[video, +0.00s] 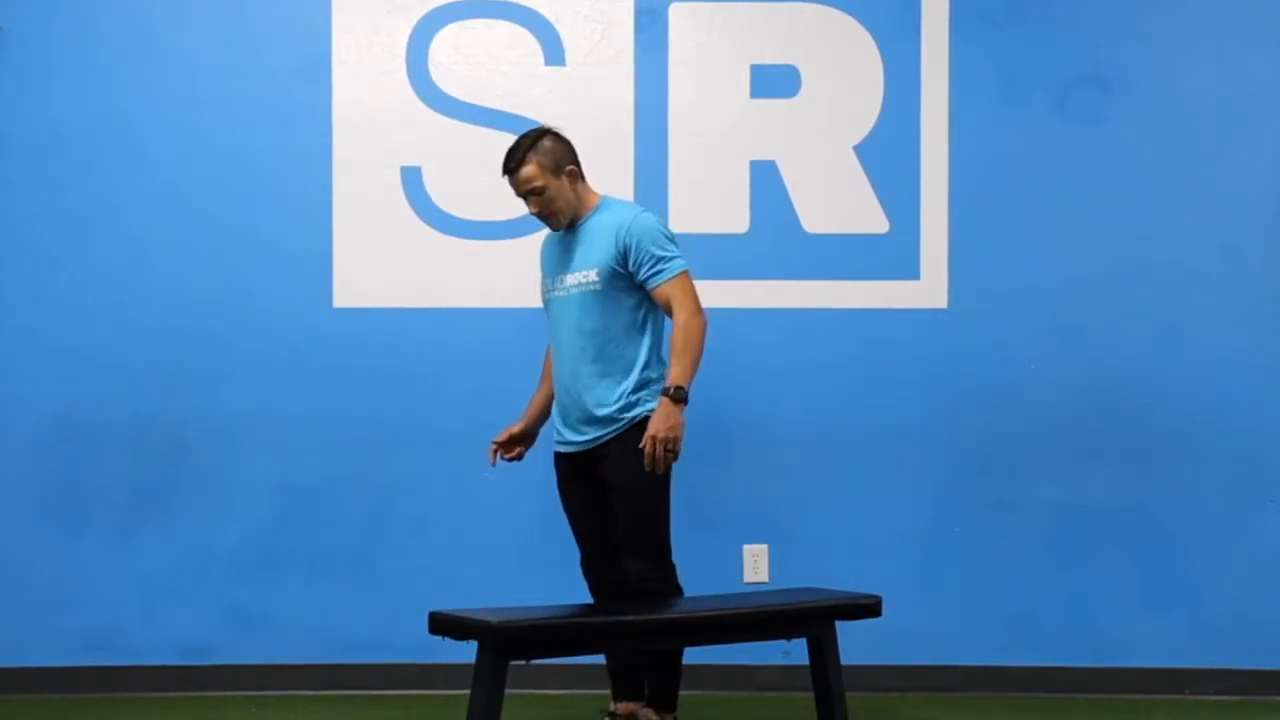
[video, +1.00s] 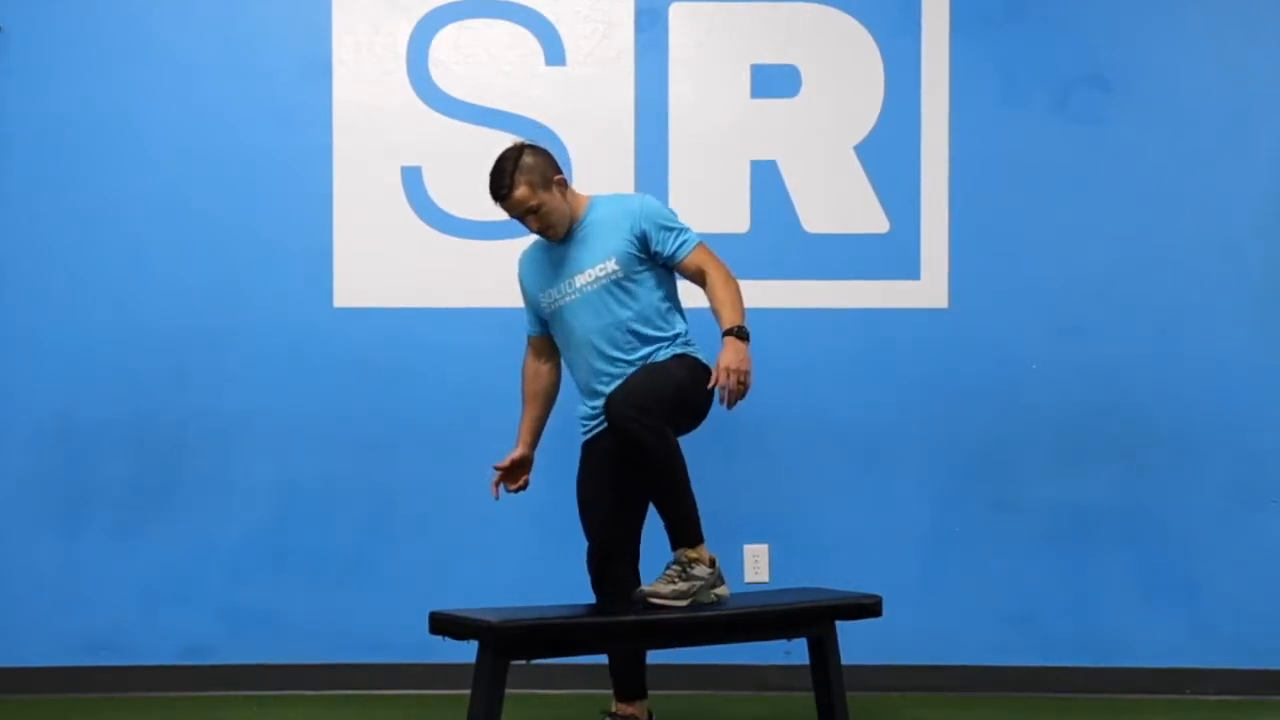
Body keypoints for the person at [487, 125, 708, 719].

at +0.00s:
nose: (531, 208)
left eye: (536, 193)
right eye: (523, 197)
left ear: (572, 175)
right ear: (524, 192)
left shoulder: (630, 227)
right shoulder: (552, 248)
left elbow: (689, 311)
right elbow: (564, 345)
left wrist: (673, 401)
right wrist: (531, 422)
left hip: (632, 432)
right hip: (575, 442)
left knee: (646, 572)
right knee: (604, 577)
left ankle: (660, 707)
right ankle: (625, 705)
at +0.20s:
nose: (530, 208)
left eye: (536, 193)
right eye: (522, 197)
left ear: (570, 176)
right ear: (521, 193)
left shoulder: (629, 227)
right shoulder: (550, 247)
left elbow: (692, 310)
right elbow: (564, 345)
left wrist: (678, 399)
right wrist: (541, 423)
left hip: (629, 430)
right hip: (572, 440)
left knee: (638, 570)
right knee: (602, 577)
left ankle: (658, 707)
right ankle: (626, 705)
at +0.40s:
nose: (527, 212)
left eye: (533, 197)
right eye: (518, 203)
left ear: (565, 179)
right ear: (513, 199)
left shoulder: (627, 222)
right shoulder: (542, 255)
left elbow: (698, 294)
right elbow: (554, 347)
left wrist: (689, 373)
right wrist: (531, 430)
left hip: (639, 405)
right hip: (578, 426)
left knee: (602, 538)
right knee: (592, 556)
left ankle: (645, 686)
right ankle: (626, 695)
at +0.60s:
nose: (527, 218)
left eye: (531, 203)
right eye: (516, 209)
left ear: (560, 179)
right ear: (511, 203)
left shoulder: (626, 217)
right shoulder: (537, 258)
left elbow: (702, 278)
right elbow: (547, 347)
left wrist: (711, 354)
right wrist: (522, 431)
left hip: (653, 377)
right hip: (591, 406)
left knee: (582, 432)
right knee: (603, 560)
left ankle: (663, 534)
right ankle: (628, 702)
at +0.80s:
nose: (526, 219)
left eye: (530, 204)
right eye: (516, 211)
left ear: (560, 180)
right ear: (510, 203)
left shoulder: (627, 215)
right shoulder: (533, 263)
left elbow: (700, 273)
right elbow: (543, 352)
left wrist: (728, 346)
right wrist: (527, 438)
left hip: (665, 375)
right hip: (599, 409)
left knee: (605, 388)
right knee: (606, 557)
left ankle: (692, 534)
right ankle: (629, 701)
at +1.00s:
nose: (530, 226)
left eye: (533, 210)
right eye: (519, 219)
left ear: (561, 183)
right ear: (513, 211)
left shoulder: (633, 214)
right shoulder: (533, 266)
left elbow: (711, 270)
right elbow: (541, 356)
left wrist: (736, 339)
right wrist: (525, 445)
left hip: (672, 371)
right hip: (603, 420)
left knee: (630, 410)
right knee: (609, 563)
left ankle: (696, 562)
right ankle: (630, 705)